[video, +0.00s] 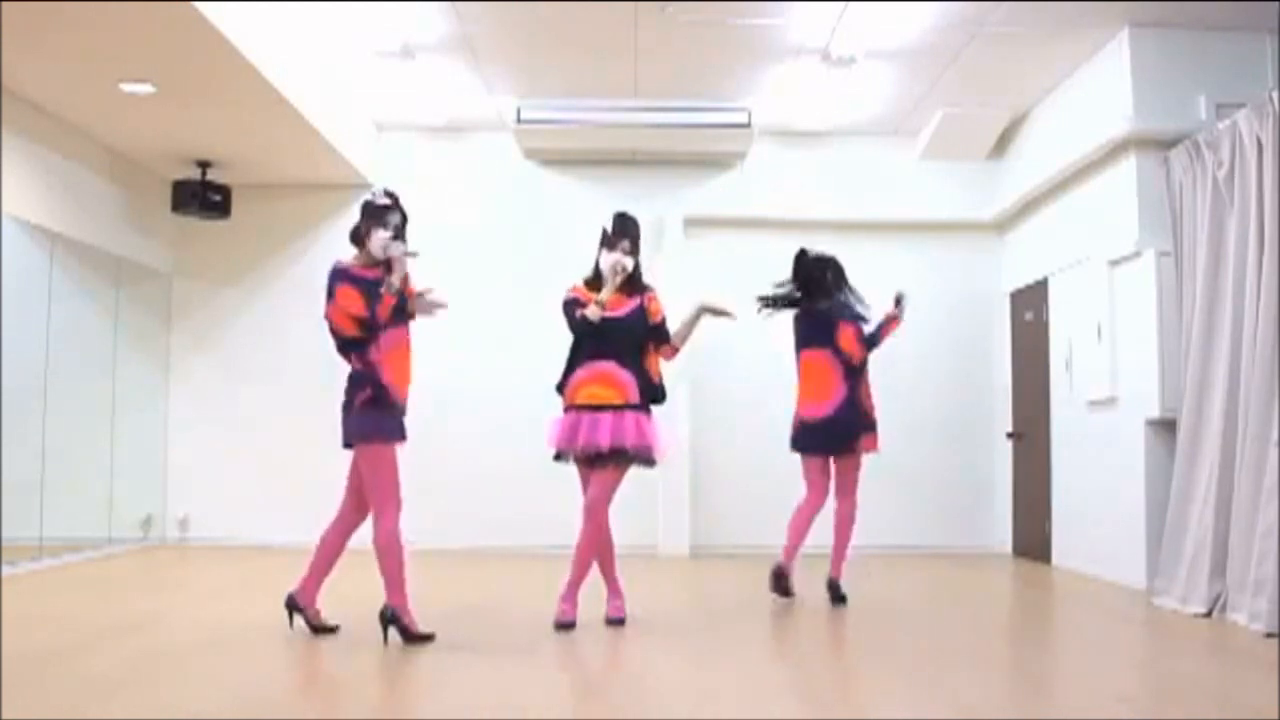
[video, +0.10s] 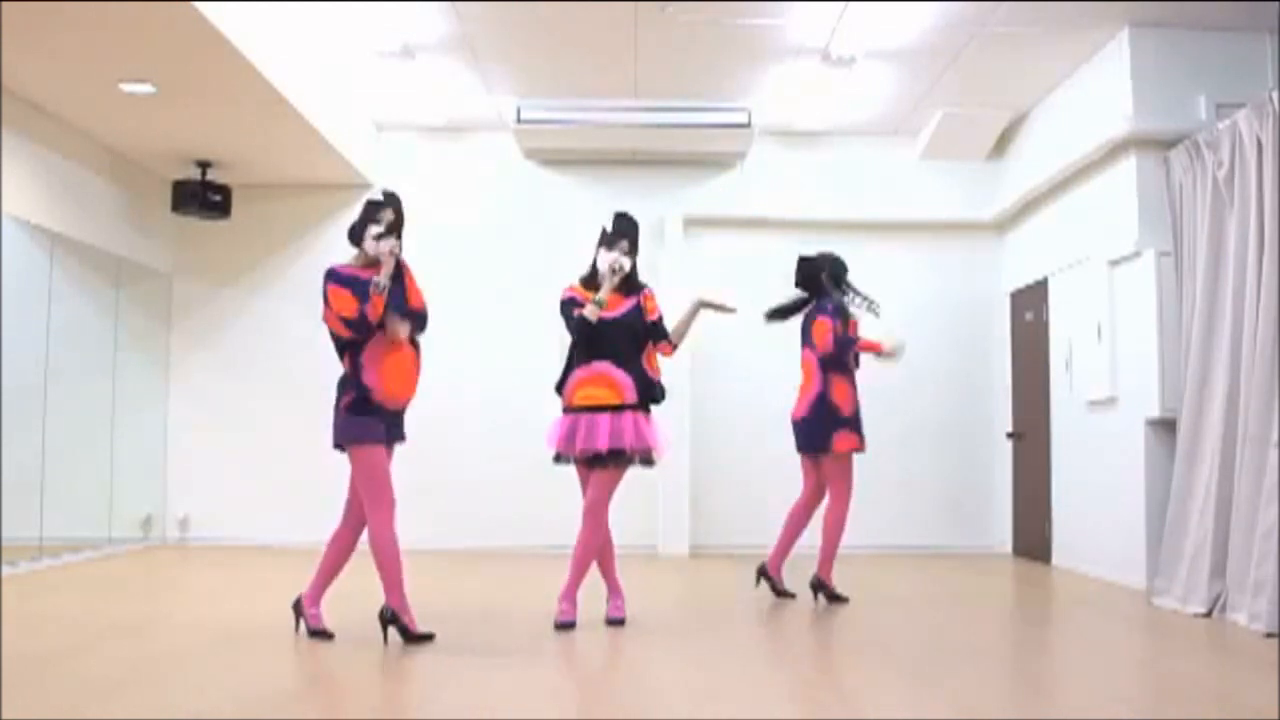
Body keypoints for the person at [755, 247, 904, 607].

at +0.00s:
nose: (842, 283)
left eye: (837, 278)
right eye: (839, 277)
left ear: (802, 284)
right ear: (835, 280)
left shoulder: (801, 318)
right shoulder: (841, 315)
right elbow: (856, 353)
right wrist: (888, 324)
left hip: (808, 417)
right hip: (846, 416)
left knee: (815, 493)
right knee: (846, 496)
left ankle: (785, 563)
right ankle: (835, 575)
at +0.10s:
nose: (845, 281)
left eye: (841, 275)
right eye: (840, 275)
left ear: (815, 281)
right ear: (832, 279)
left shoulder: (816, 313)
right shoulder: (831, 313)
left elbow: (844, 343)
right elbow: (830, 353)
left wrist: (879, 347)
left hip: (807, 413)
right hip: (832, 413)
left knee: (813, 490)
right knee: (840, 491)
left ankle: (773, 564)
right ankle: (824, 575)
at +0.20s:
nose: (850, 287)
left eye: (849, 280)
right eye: (844, 280)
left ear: (825, 282)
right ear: (828, 282)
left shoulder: (834, 321)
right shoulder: (820, 317)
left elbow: (849, 369)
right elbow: (804, 360)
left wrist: (867, 334)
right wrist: (825, 386)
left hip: (820, 417)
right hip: (815, 417)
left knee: (809, 494)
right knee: (833, 491)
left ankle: (777, 566)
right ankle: (818, 573)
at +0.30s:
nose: (851, 288)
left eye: (853, 281)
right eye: (844, 280)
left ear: (853, 285)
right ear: (827, 281)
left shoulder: (847, 321)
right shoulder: (815, 315)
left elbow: (848, 367)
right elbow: (789, 354)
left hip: (825, 416)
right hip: (804, 415)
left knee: (807, 494)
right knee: (821, 489)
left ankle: (777, 565)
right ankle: (819, 572)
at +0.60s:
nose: (838, 289)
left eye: (846, 282)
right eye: (833, 280)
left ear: (855, 288)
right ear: (822, 282)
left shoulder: (863, 328)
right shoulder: (796, 315)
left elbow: (904, 332)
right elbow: (753, 342)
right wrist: (782, 371)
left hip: (834, 417)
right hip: (796, 412)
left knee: (813, 491)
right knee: (810, 490)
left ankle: (800, 569)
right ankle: (819, 574)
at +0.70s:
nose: (836, 290)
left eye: (843, 284)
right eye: (833, 282)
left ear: (851, 288)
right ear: (825, 281)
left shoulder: (859, 321)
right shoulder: (795, 313)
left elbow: (895, 315)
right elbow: (751, 341)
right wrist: (783, 370)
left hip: (834, 411)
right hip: (798, 409)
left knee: (813, 491)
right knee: (811, 491)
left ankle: (801, 569)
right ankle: (817, 573)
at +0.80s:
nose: (832, 299)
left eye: (839, 293)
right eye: (827, 290)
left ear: (848, 291)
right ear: (817, 286)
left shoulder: (859, 315)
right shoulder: (793, 314)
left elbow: (897, 304)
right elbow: (751, 351)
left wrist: (876, 274)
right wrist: (767, 385)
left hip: (834, 412)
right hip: (795, 411)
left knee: (816, 493)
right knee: (810, 490)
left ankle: (801, 569)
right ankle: (818, 573)